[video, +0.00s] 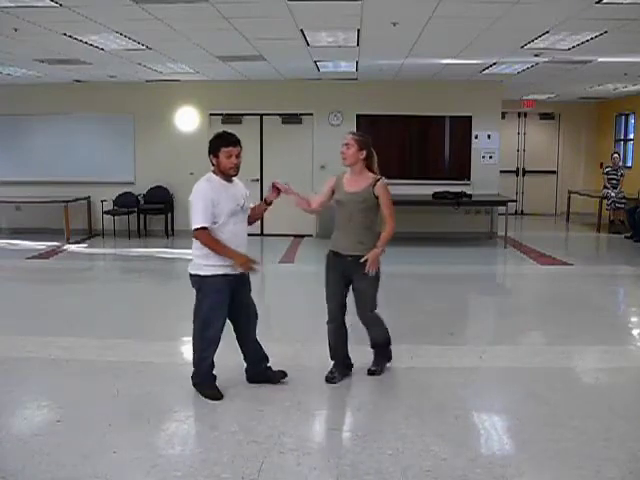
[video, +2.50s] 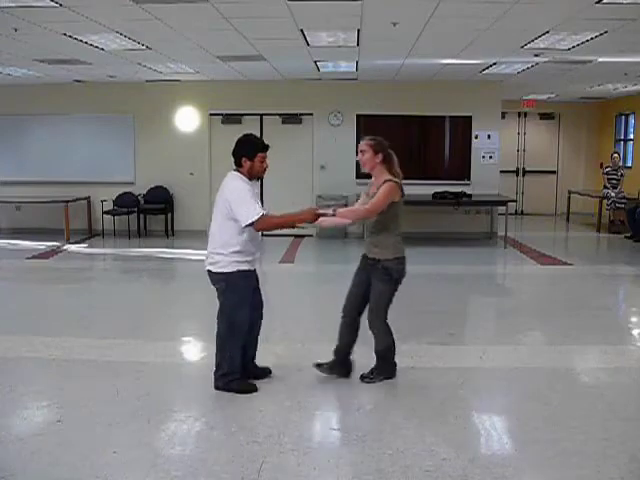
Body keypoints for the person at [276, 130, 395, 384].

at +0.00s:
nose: (342, 151)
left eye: (348, 147)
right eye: (342, 146)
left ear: (362, 152)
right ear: (349, 152)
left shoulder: (377, 184)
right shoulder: (338, 181)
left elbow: (390, 224)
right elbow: (312, 206)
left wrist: (378, 250)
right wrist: (289, 192)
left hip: (364, 259)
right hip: (336, 257)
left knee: (365, 313)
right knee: (334, 315)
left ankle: (382, 350)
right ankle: (341, 364)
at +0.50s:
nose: (353, 152)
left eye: (358, 148)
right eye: (352, 147)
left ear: (372, 152)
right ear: (355, 153)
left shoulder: (385, 183)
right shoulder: (353, 181)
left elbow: (396, 221)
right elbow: (340, 212)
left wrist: (382, 251)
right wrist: (320, 210)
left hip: (380, 255)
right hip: (358, 253)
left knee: (375, 307)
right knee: (359, 305)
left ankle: (384, 356)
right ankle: (368, 347)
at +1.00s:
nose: (347, 150)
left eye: (352, 146)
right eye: (346, 146)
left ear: (366, 151)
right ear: (345, 151)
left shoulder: (382, 182)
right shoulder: (340, 184)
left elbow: (398, 215)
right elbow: (314, 212)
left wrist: (390, 235)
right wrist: (281, 203)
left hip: (376, 259)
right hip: (347, 259)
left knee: (375, 310)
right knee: (337, 308)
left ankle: (374, 355)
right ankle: (347, 352)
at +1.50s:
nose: (325, 150)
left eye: (330, 145)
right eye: (323, 146)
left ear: (343, 150)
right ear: (321, 151)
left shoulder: (347, 183)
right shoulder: (325, 181)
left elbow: (337, 221)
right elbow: (321, 216)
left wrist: (307, 205)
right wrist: (303, 200)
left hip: (337, 259)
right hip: (320, 257)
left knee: (323, 316)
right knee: (319, 315)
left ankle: (344, 370)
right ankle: (338, 367)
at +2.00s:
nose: (327, 153)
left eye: (332, 148)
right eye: (324, 148)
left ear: (344, 153)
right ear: (322, 154)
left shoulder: (353, 185)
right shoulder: (326, 183)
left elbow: (349, 224)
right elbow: (321, 215)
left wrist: (321, 219)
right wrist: (305, 196)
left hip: (343, 264)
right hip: (320, 260)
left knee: (331, 320)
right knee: (317, 318)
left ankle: (328, 377)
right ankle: (334, 365)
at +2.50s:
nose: (359, 158)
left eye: (363, 153)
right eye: (359, 153)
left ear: (379, 156)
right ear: (374, 158)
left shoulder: (390, 186)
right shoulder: (372, 186)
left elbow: (368, 213)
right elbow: (356, 211)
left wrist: (333, 218)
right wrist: (328, 214)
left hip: (389, 263)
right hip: (370, 260)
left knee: (376, 318)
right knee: (350, 312)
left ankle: (386, 366)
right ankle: (341, 361)